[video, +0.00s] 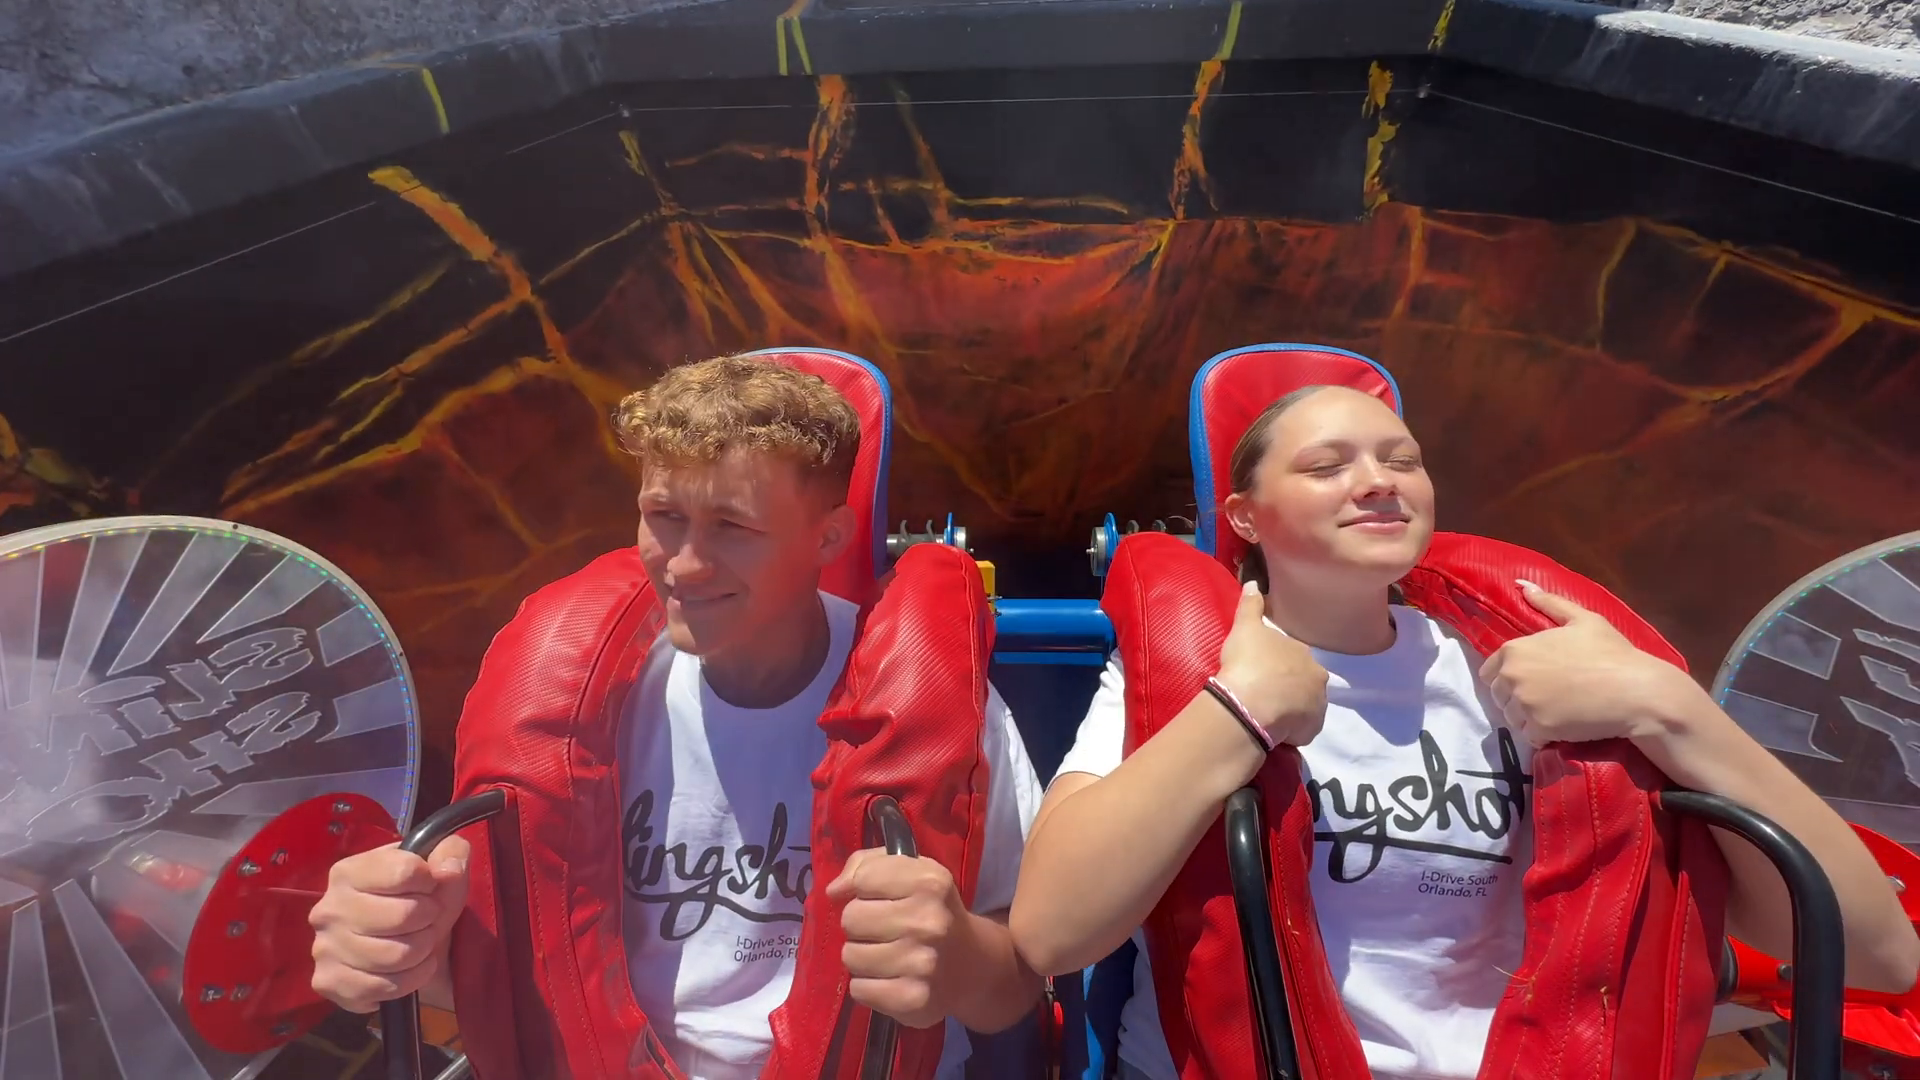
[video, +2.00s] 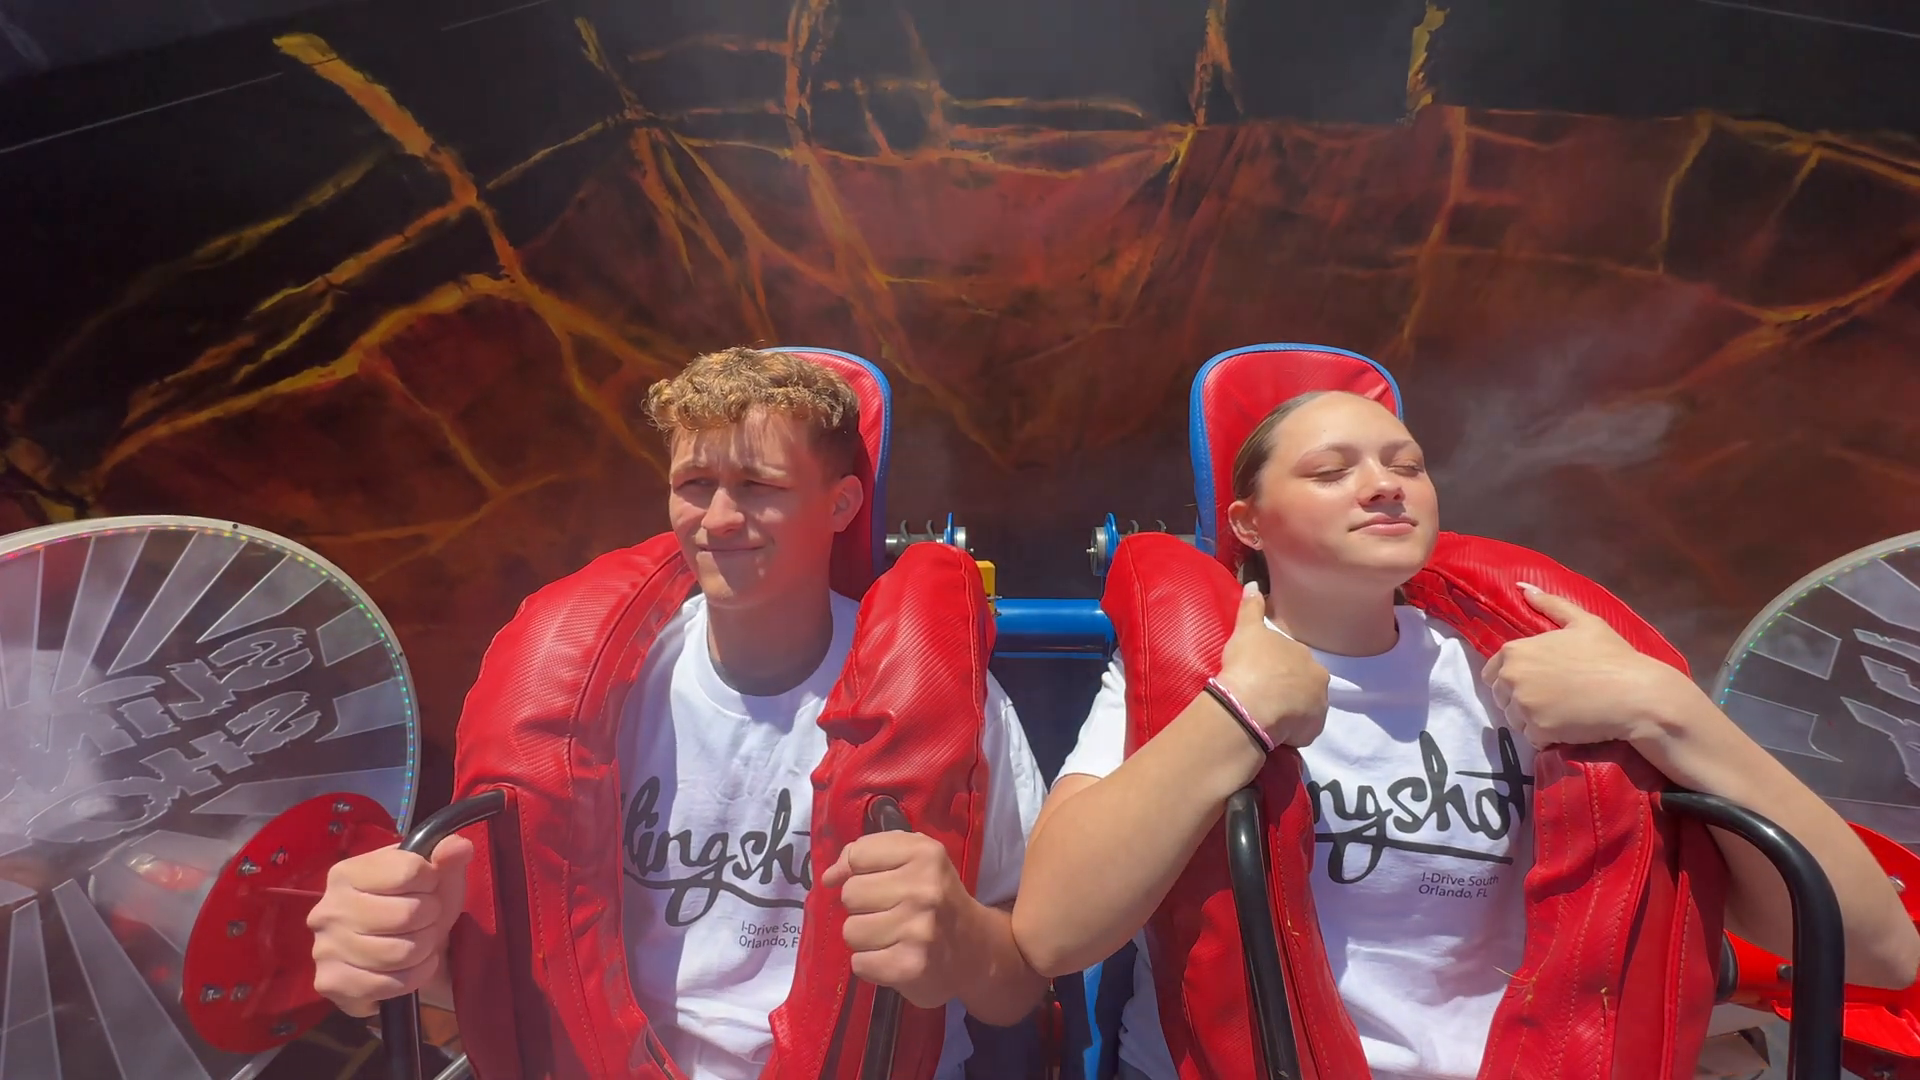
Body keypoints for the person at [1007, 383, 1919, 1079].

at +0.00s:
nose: (1379, 482)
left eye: (1397, 455)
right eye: (1326, 464)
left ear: (1427, 485)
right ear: (1246, 515)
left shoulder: (1533, 670)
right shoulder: (1172, 671)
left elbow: (1883, 952)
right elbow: (1046, 939)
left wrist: (1665, 704)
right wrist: (1238, 716)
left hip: (1523, 1060)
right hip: (1286, 1062)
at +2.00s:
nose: (1387, 484)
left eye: (1402, 458)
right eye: (1332, 469)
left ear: (1431, 487)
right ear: (1252, 524)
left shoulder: (1542, 673)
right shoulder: (1172, 677)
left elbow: (1883, 947)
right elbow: (1050, 938)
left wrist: (1665, 708)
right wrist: (1242, 714)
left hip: (1530, 1063)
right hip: (1296, 1064)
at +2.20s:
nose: (1389, 487)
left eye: (1405, 463)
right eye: (1333, 468)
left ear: (1429, 494)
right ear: (1249, 525)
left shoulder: (1541, 676)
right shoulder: (1168, 674)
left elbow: (1859, 965)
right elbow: (1065, 961)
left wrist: (1694, 713)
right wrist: (1200, 733)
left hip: (1531, 1069)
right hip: (1280, 1071)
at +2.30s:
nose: (1387, 484)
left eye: (1405, 462)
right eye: (1332, 467)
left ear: (1432, 499)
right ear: (1246, 522)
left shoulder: (1531, 666)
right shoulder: (1159, 672)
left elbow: (1760, 973)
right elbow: (1084, 977)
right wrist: (1167, 812)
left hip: (1522, 1056)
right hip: (1270, 1059)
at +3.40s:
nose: (1383, 485)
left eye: (1401, 460)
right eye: (1330, 468)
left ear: (1432, 492)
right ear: (1244, 523)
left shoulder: (1531, 668)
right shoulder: (1173, 668)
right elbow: (1086, 955)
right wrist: (1163, 913)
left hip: (1503, 1069)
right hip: (1280, 1065)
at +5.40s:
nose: (1384, 480)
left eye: (1401, 456)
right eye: (1329, 466)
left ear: (1432, 491)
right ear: (1244, 523)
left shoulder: (1525, 670)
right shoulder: (1173, 668)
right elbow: (1085, 956)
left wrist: (1750, 929)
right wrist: (1161, 911)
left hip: (1505, 1067)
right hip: (1289, 1066)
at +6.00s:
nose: (1384, 481)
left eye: (1401, 457)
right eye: (1330, 468)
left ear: (1434, 488)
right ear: (1246, 523)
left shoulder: (1520, 664)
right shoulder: (1175, 664)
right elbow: (1089, 954)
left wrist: (1717, 857)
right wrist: (1162, 911)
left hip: (1508, 1065)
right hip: (1294, 1065)